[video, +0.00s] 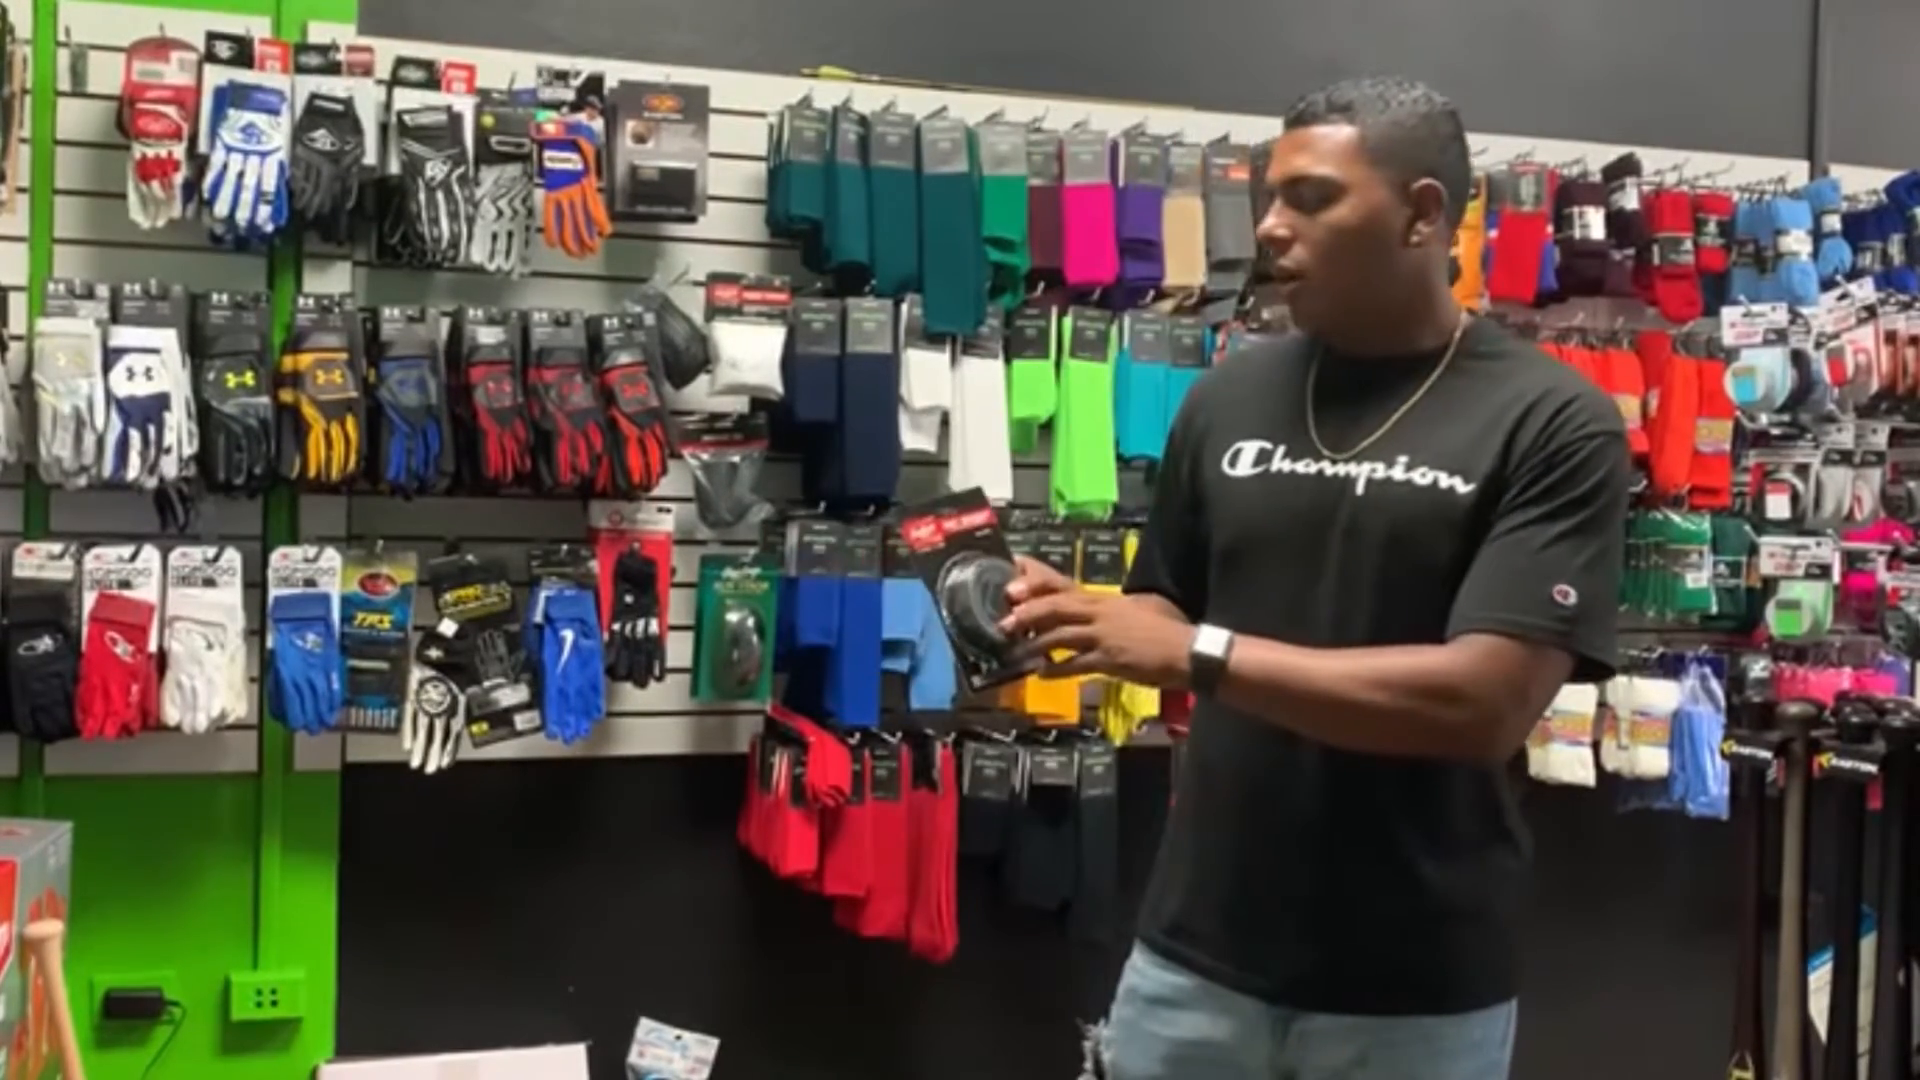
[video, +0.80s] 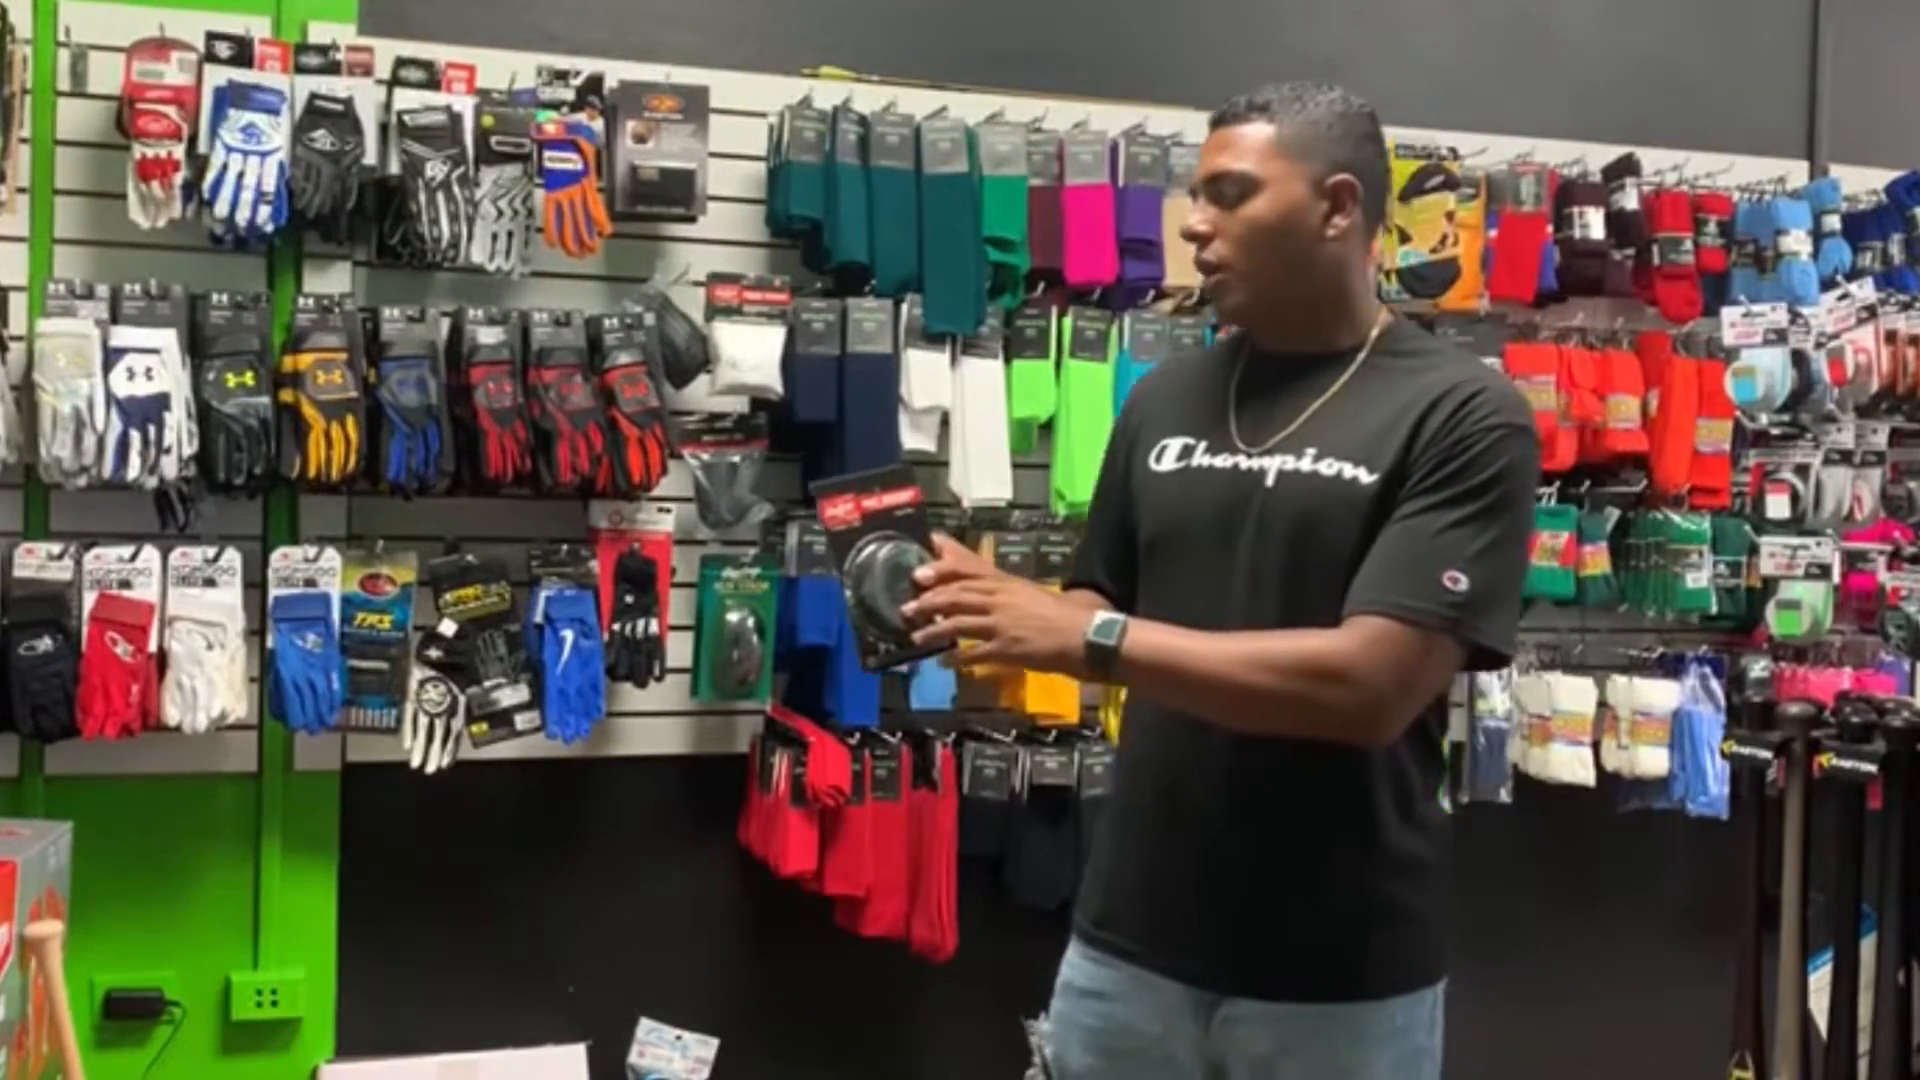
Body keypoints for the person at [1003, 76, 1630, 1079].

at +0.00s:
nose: (1270, 229)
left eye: (1309, 198)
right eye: (1269, 200)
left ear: (1425, 216)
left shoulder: (1555, 423)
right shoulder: (1227, 397)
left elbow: (1488, 705)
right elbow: (1169, 627)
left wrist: (1195, 652)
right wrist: (1080, 621)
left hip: (1418, 991)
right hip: (1196, 960)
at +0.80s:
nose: (1197, 225)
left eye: (1231, 192)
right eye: (1197, 195)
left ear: (1339, 209)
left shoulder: (1464, 412)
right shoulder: (1163, 399)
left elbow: (1368, 689)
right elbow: (1107, 625)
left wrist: (1088, 634)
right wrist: (989, 617)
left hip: (1340, 977)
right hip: (1130, 949)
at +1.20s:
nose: (1071, 234)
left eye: (1106, 202)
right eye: (1073, 206)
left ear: (1211, 213)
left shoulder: (1336, 401)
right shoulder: (1047, 401)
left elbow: (1256, 671)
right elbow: (999, 631)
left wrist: (978, 623)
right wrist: (889, 602)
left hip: (1232, 953)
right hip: (1031, 935)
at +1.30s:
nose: (1043, 242)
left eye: (1077, 209)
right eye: (1041, 213)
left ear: (1183, 215)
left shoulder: (1309, 402)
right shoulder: (1021, 405)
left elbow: (1235, 668)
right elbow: (983, 651)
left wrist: (957, 626)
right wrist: (874, 606)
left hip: (1210, 952)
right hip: (1011, 936)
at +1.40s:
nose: (1020, 247)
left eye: (1051, 215)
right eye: (1019, 220)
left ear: (1159, 216)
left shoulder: (1286, 401)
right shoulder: (1000, 406)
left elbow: (1216, 668)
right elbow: (964, 643)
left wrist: (940, 627)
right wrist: (855, 601)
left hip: (1194, 949)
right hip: (996, 934)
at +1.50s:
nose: (998, 252)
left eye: (1030, 217)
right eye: (996, 226)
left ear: (1137, 217)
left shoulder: (1266, 401)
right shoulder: (981, 408)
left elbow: (1205, 665)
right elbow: (954, 644)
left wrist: (927, 628)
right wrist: (840, 607)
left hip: (1185, 942)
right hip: (988, 931)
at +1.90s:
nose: (961, 263)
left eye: (990, 227)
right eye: (955, 238)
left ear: (1093, 221)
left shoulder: (1234, 393)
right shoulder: (948, 414)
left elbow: (1182, 663)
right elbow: (919, 649)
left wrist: (907, 632)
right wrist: (810, 615)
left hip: (1172, 938)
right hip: (974, 930)